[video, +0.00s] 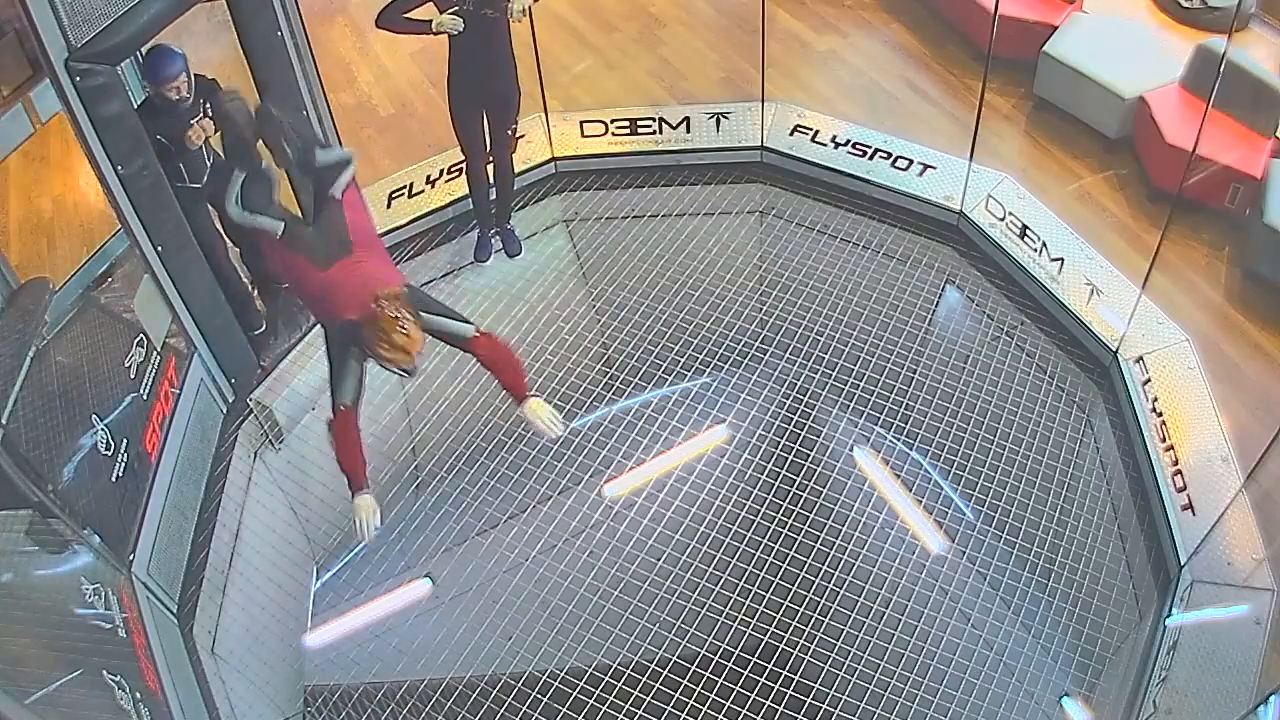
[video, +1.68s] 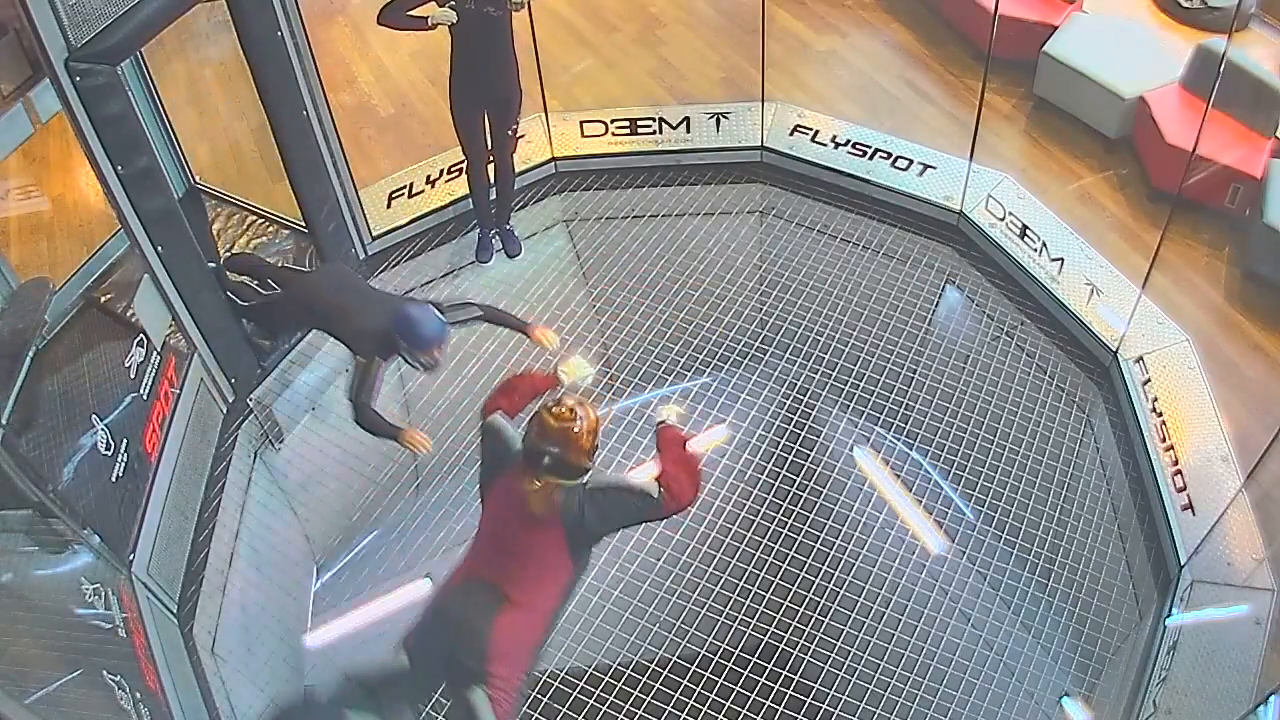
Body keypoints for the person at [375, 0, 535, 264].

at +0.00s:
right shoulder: (437, 1)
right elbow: (384, 18)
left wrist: (521, 4)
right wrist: (431, 25)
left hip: (502, 76)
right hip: (463, 81)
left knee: (503, 153)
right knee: (475, 158)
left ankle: (504, 224)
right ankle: (485, 229)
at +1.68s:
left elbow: (517, 6)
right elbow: (387, 15)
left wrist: (518, 4)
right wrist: (428, 21)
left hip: (504, 78)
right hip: (465, 82)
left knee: (504, 154)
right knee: (477, 158)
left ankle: (504, 225)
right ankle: (485, 229)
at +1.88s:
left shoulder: (507, 1)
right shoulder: (439, 2)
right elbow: (387, 20)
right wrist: (428, 25)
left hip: (502, 81)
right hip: (463, 85)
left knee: (503, 155)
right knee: (475, 160)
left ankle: (504, 225)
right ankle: (484, 229)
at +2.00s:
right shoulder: (439, 1)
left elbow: (520, 4)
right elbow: (384, 18)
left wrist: (524, 1)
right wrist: (426, 26)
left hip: (502, 81)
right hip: (462, 85)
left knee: (503, 156)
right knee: (474, 161)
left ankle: (504, 225)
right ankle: (484, 230)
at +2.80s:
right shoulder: (439, 1)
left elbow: (527, 3)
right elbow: (385, 24)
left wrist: (523, 2)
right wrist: (427, 27)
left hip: (501, 81)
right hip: (462, 85)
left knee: (501, 156)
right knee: (473, 161)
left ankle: (504, 227)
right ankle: (482, 232)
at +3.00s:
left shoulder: (502, 2)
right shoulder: (440, 1)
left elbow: (534, 2)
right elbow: (384, 20)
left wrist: (524, 4)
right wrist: (425, 26)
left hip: (501, 84)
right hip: (461, 87)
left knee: (502, 157)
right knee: (470, 157)